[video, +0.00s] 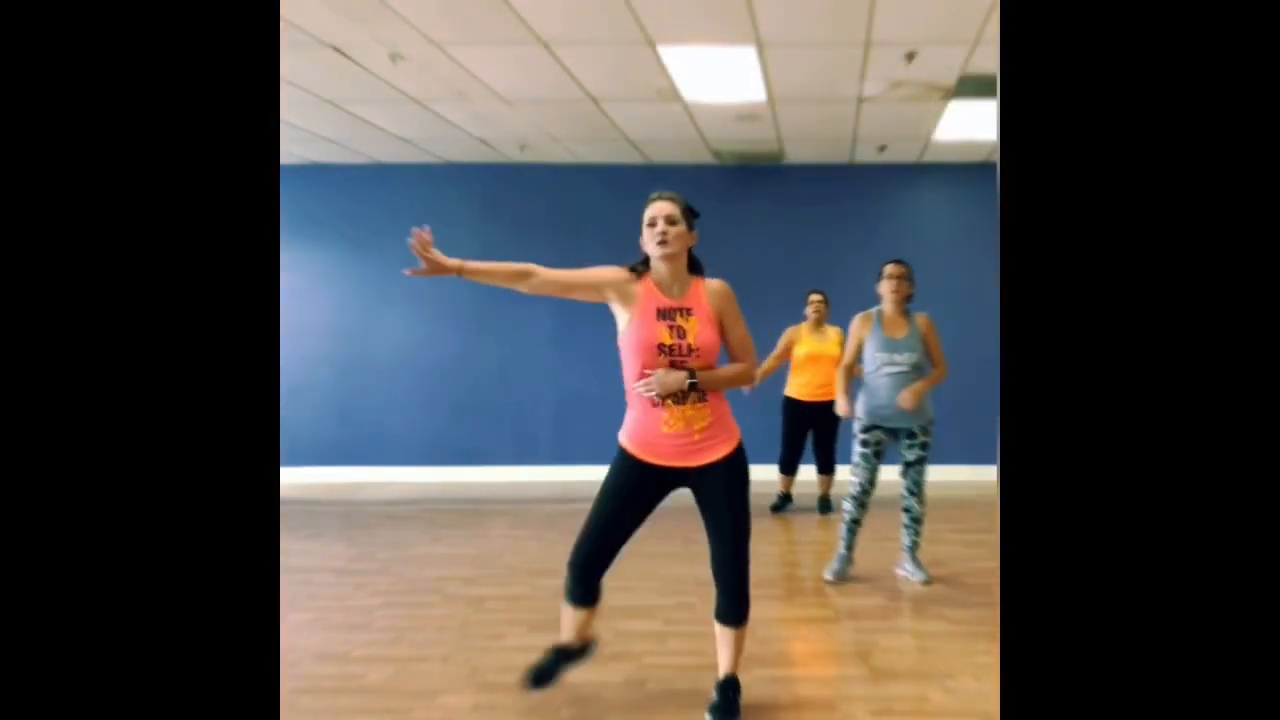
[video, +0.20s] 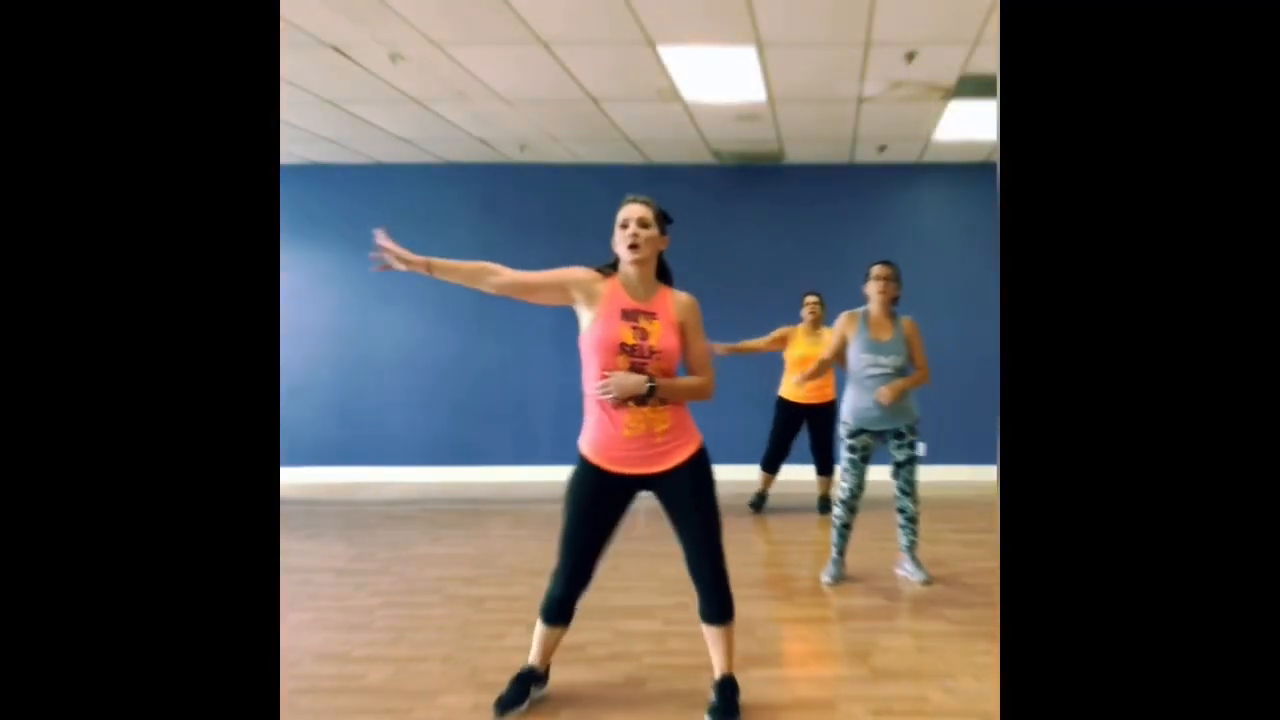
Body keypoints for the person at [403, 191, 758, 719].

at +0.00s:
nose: (662, 230)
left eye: (672, 222)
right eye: (653, 224)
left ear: (692, 235)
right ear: (643, 237)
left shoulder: (716, 294)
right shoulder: (622, 286)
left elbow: (749, 369)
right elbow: (532, 278)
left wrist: (689, 377)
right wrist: (453, 266)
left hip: (716, 454)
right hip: (645, 454)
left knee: (732, 575)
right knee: (584, 563)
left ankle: (728, 685)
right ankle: (574, 643)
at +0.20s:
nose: (634, 232)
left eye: (644, 225)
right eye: (626, 225)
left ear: (663, 240)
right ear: (614, 239)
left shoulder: (682, 306)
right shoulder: (587, 286)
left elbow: (704, 385)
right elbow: (498, 278)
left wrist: (649, 385)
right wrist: (417, 262)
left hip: (678, 457)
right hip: (605, 459)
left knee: (710, 571)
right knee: (570, 574)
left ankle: (725, 683)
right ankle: (535, 672)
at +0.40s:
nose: (607, 223)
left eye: (617, 216)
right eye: (599, 217)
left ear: (637, 230)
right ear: (588, 230)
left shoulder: (656, 299)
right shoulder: (563, 277)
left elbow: (675, 379)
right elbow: (473, 269)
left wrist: (617, 377)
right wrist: (391, 250)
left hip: (644, 449)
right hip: (570, 448)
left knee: (683, 563)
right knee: (549, 567)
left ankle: (716, 679)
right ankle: (532, 671)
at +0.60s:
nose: (610, 229)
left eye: (621, 221)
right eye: (602, 222)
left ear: (641, 231)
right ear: (592, 234)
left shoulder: (667, 296)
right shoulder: (572, 286)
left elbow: (684, 375)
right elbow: (479, 285)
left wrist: (629, 377)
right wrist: (409, 261)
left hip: (641, 451)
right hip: (570, 445)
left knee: (674, 565)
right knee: (554, 561)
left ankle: (689, 658)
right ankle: (532, 669)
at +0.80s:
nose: (637, 227)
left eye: (647, 219)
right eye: (628, 219)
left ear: (662, 230)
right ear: (613, 231)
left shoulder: (685, 281)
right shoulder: (595, 298)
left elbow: (718, 355)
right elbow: (564, 368)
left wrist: (658, 371)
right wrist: (545, 311)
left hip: (670, 445)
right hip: (602, 442)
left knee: (673, 569)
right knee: (567, 559)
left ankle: (687, 669)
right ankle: (538, 669)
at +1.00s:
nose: (650, 225)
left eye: (659, 218)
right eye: (641, 217)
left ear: (673, 230)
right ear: (625, 228)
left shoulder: (690, 276)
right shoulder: (607, 292)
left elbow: (731, 346)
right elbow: (606, 378)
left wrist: (672, 366)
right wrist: (596, 331)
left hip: (693, 436)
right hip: (631, 434)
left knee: (688, 557)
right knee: (590, 543)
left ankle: (688, 665)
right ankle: (625, 624)